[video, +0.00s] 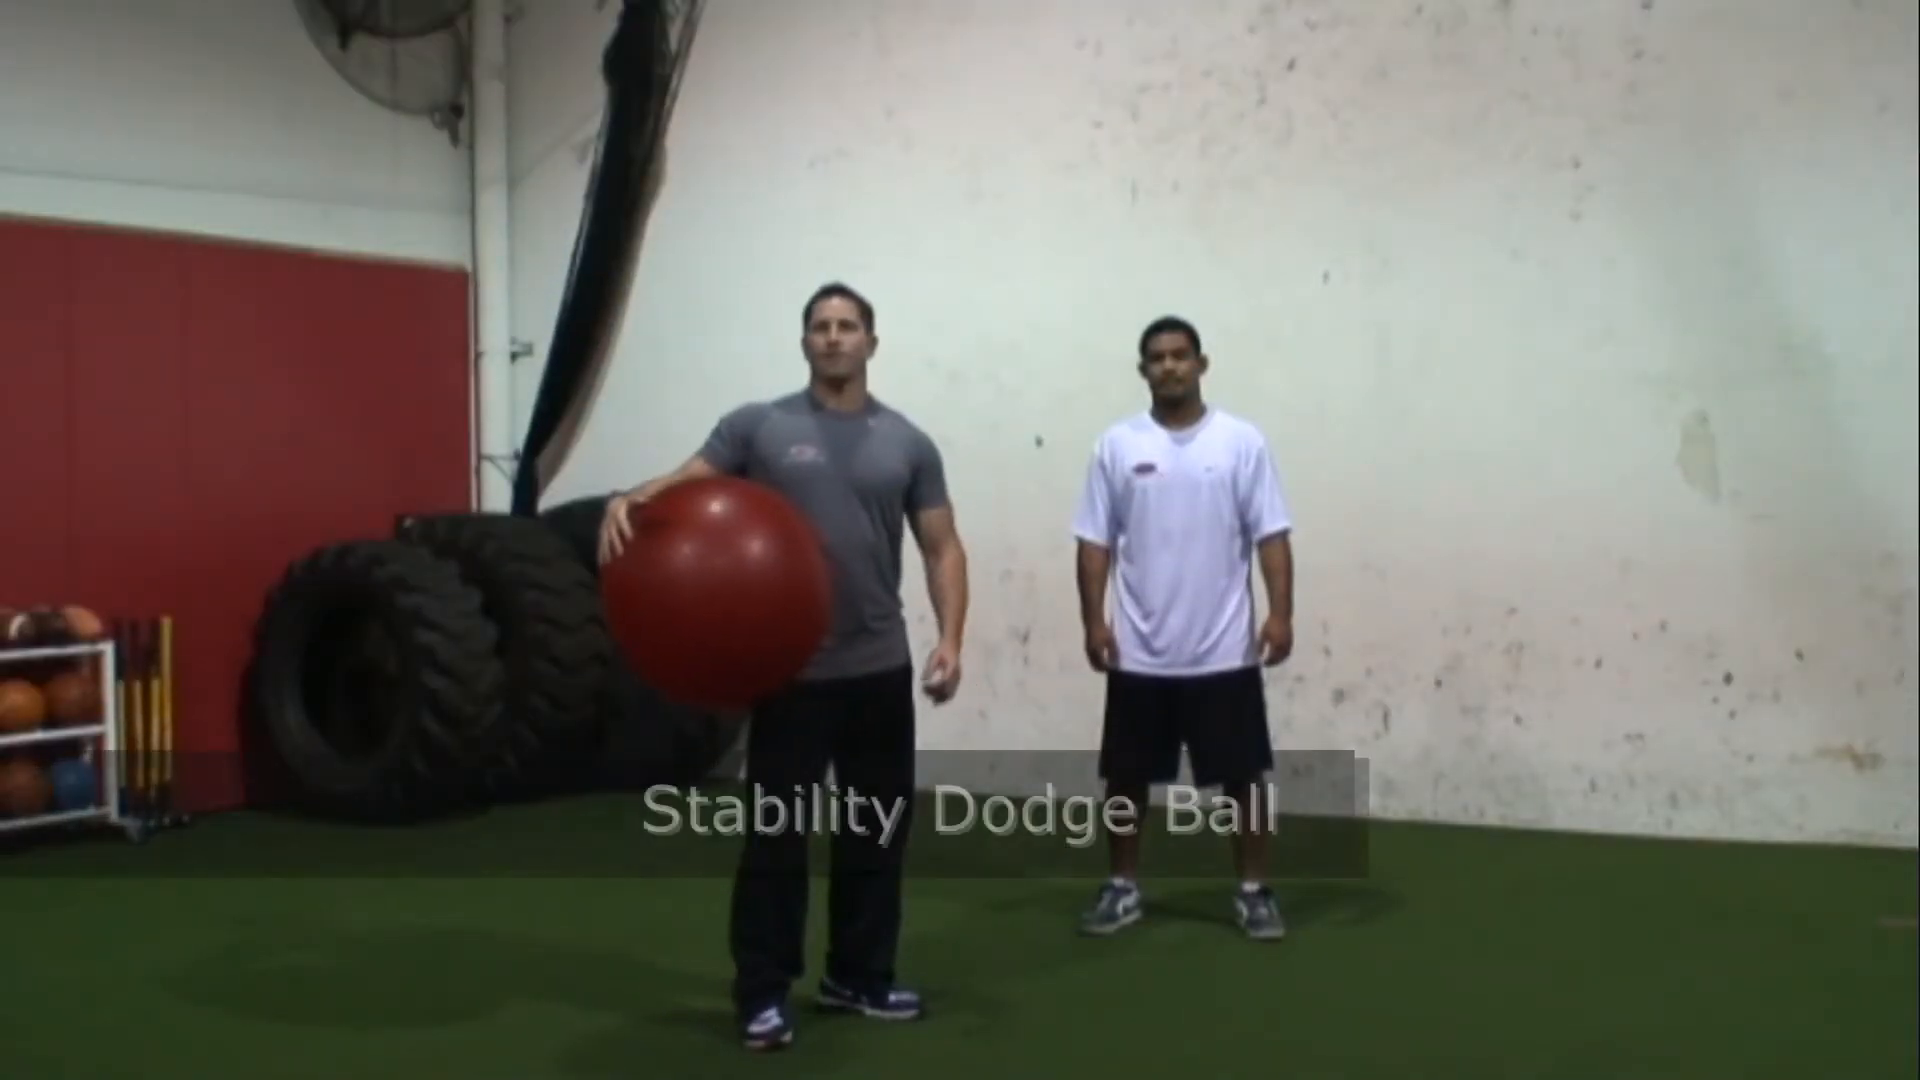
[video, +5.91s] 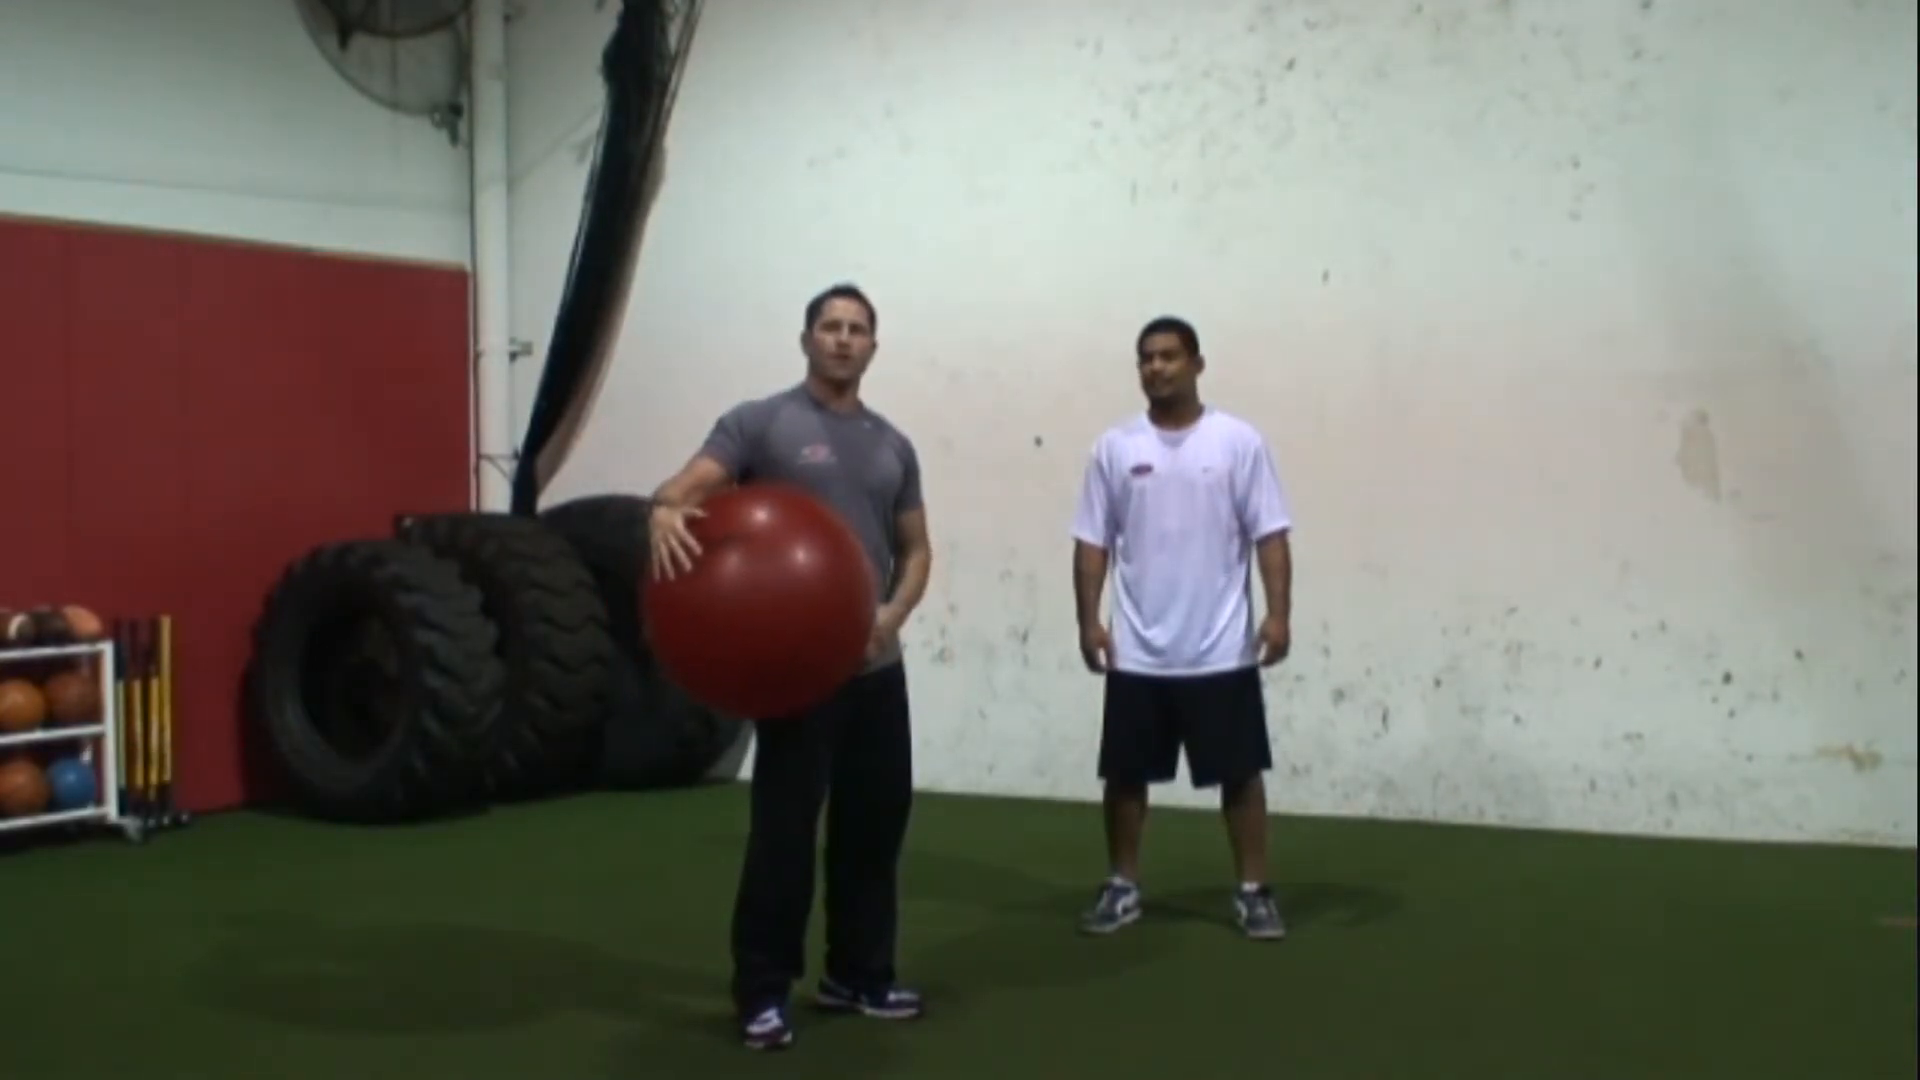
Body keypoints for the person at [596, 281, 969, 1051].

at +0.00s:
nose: (833, 337)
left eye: (847, 326)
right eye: (821, 327)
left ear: (872, 341)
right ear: (804, 343)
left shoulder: (907, 443)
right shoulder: (757, 427)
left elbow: (942, 545)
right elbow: (683, 486)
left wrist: (950, 638)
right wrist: (625, 503)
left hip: (879, 665)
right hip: (787, 668)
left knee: (876, 831)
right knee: (776, 832)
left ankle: (860, 976)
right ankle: (765, 994)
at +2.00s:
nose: (847, 339)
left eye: (859, 329)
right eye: (833, 327)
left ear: (875, 347)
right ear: (808, 341)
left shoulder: (894, 450)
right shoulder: (757, 425)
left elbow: (924, 556)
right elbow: (686, 484)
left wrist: (931, 659)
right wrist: (646, 504)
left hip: (875, 669)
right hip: (788, 671)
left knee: (873, 832)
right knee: (781, 834)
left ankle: (859, 976)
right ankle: (765, 994)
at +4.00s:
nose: (848, 339)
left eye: (861, 329)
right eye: (836, 327)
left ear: (878, 344)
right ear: (811, 338)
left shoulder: (897, 449)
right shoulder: (761, 423)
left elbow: (919, 556)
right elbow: (690, 478)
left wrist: (951, 647)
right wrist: (656, 495)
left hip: (877, 670)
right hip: (790, 672)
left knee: (874, 827)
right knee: (781, 833)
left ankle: (860, 974)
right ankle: (764, 993)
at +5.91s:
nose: (847, 339)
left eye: (859, 329)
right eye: (833, 327)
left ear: (874, 345)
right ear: (806, 339)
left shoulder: (892, 446)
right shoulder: (759, 423)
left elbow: (917, 549)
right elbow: (686, 488)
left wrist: (895, 611)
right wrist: (663, 512)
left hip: (875, 667)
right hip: (792, 666)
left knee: (874, 824)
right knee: (783, 831)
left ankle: (859, 975)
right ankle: (764, 993)